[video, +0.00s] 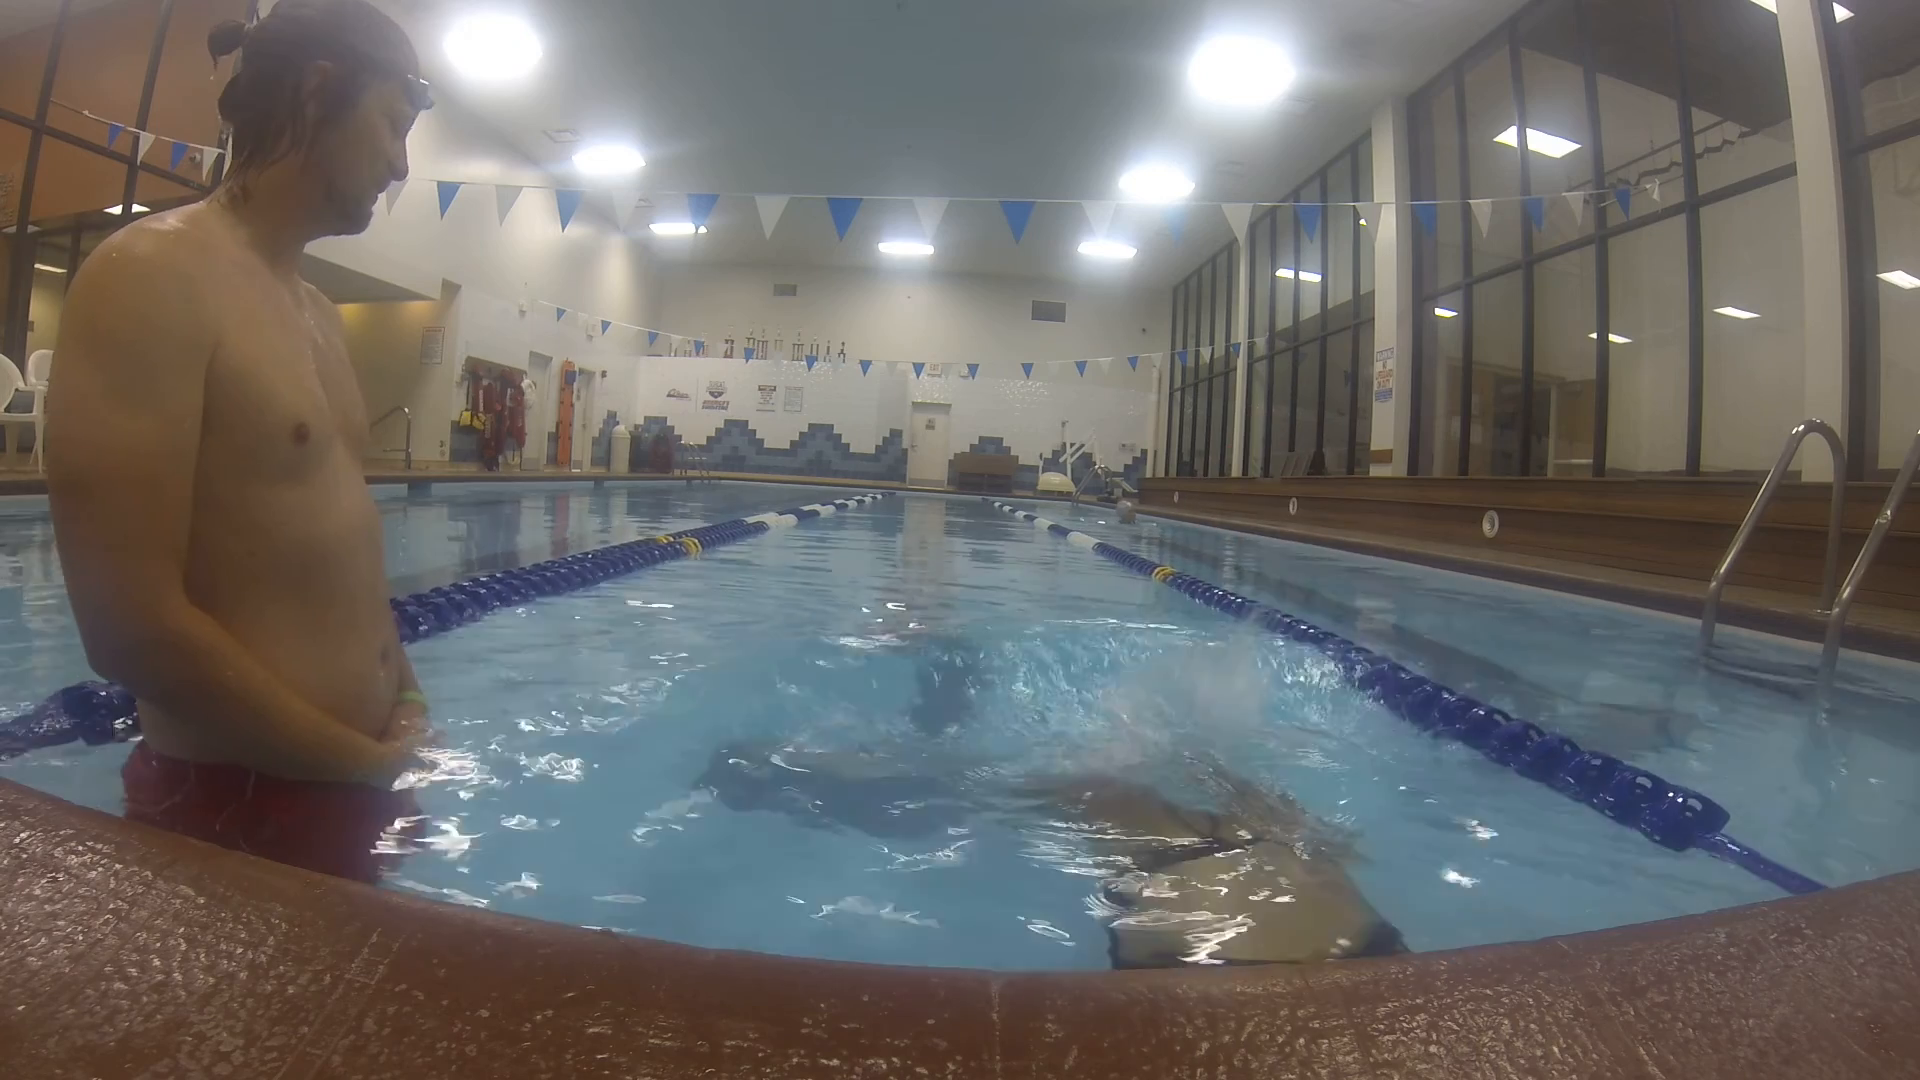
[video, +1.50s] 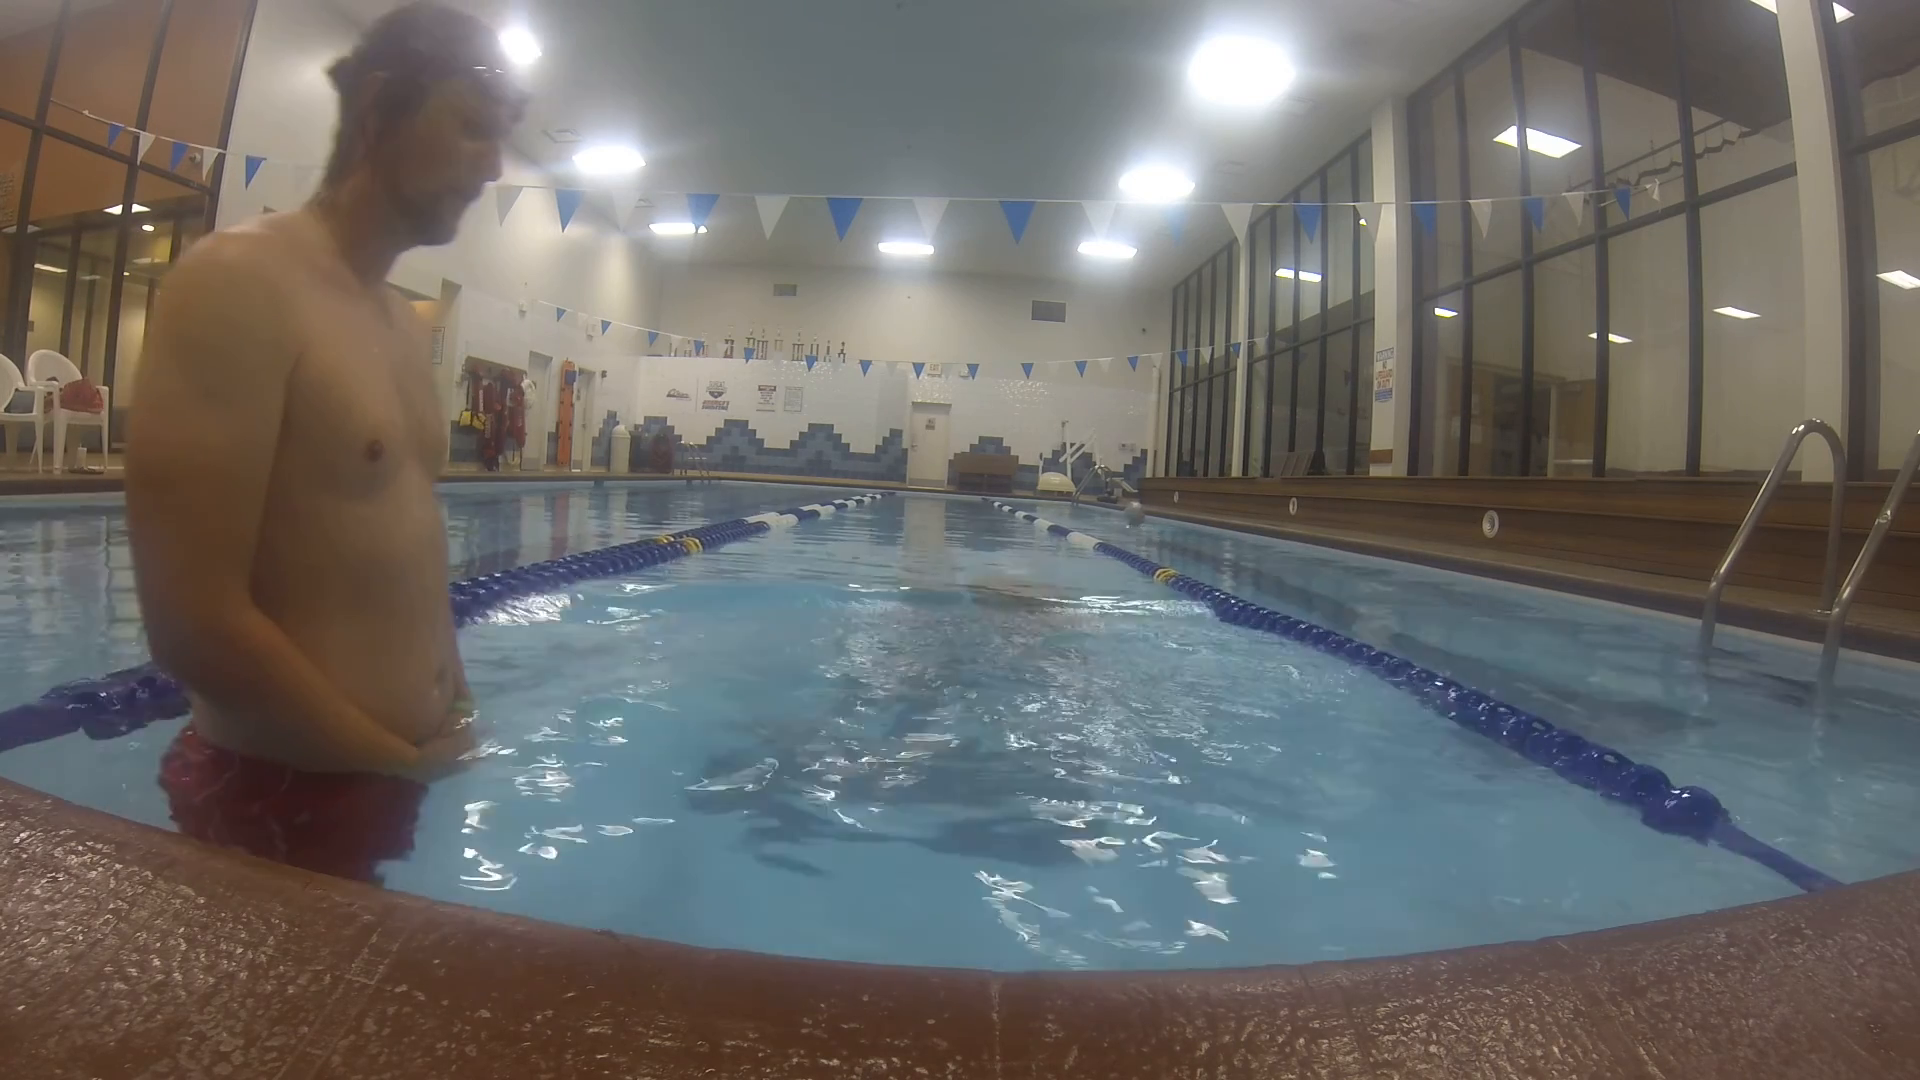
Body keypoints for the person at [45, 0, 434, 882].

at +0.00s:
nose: (405, 163)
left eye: (409, 132)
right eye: (398, 123)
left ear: (328, 103)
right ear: (318, 92)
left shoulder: (314, 305)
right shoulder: (149, 274)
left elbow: (337, 548)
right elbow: (127, 625)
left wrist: (405, 703)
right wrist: (373, 763)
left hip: (340, 788)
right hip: (230, 804)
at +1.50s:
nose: (494, 167)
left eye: (500, 142)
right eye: (474, 130)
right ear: (377, 115)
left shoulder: (403, 320)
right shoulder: (235, 282)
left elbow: (400, 554)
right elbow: (192, 622)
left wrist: (450, 707)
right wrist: (400, 764)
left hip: (373, 784)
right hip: (274, 799)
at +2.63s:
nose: (898, 161)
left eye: (903, 119)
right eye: (893, 110)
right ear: (807, 71)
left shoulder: (664, 251)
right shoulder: (619, 237)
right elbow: (546, 699)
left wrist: (716, 836)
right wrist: (715, 857)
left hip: (577, 909)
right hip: (512, 916)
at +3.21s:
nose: (1080, 129)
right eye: (1084, 102)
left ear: (911, 85)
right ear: (1071, 87)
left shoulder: (811, 243)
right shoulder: (1003, 203)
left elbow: (709, 588)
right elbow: (1020, 743)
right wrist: (1187, 669)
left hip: (784, 917)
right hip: (916, 955)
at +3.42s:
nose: (1148, 110)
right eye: (1142, 89)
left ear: (976, 94)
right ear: (1126, 90)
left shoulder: (842, 274)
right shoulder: (1138, 236)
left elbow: (782, 590)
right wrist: (1285, 433)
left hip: (847, 894)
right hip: (1038, 955)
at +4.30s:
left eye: (1241, 99)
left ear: (1256, 104)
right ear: (1421, 120)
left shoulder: (1185, 232)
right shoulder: (1581, 315)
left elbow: (1024, 478)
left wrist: (1174, 202)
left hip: (1168, 949)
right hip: (1437, 954)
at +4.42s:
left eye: (1260, 105)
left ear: (1271, 112)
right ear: (1437, 124)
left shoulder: (1219, 228)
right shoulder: (1595, 312)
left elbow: (1043, 478)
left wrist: (1191, 213)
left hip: (1187, 949)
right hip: (1453, 950)